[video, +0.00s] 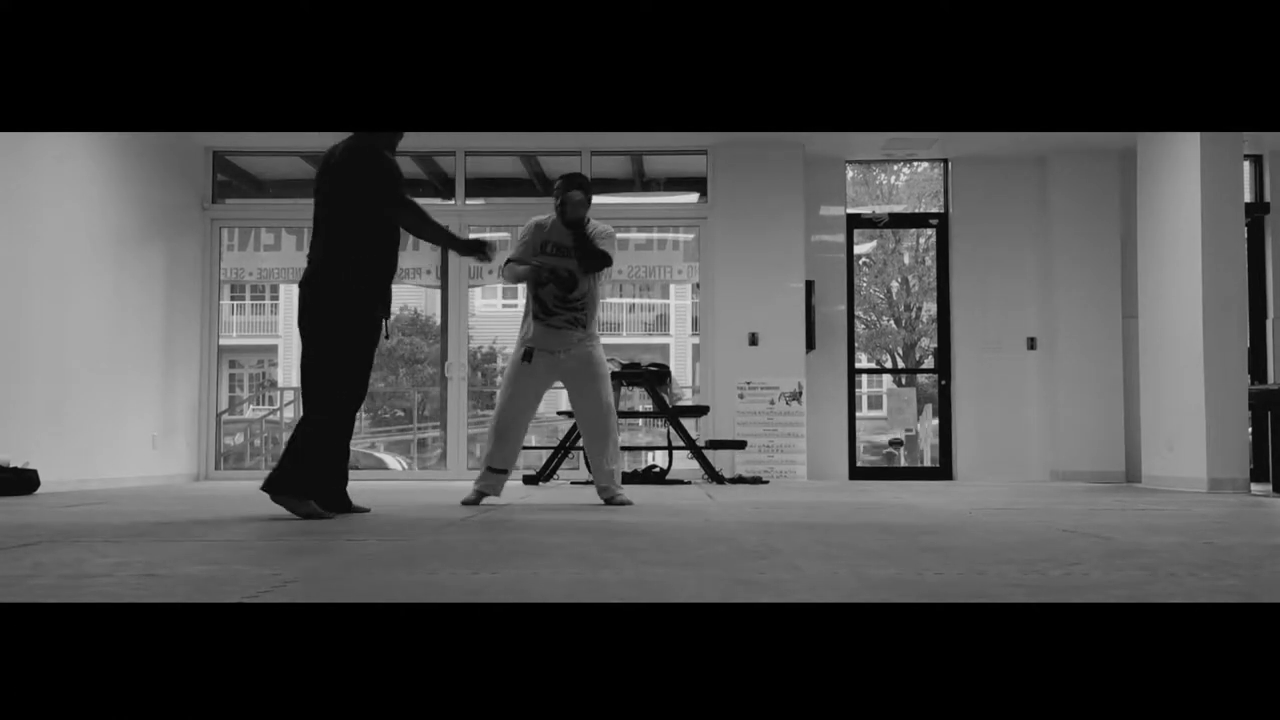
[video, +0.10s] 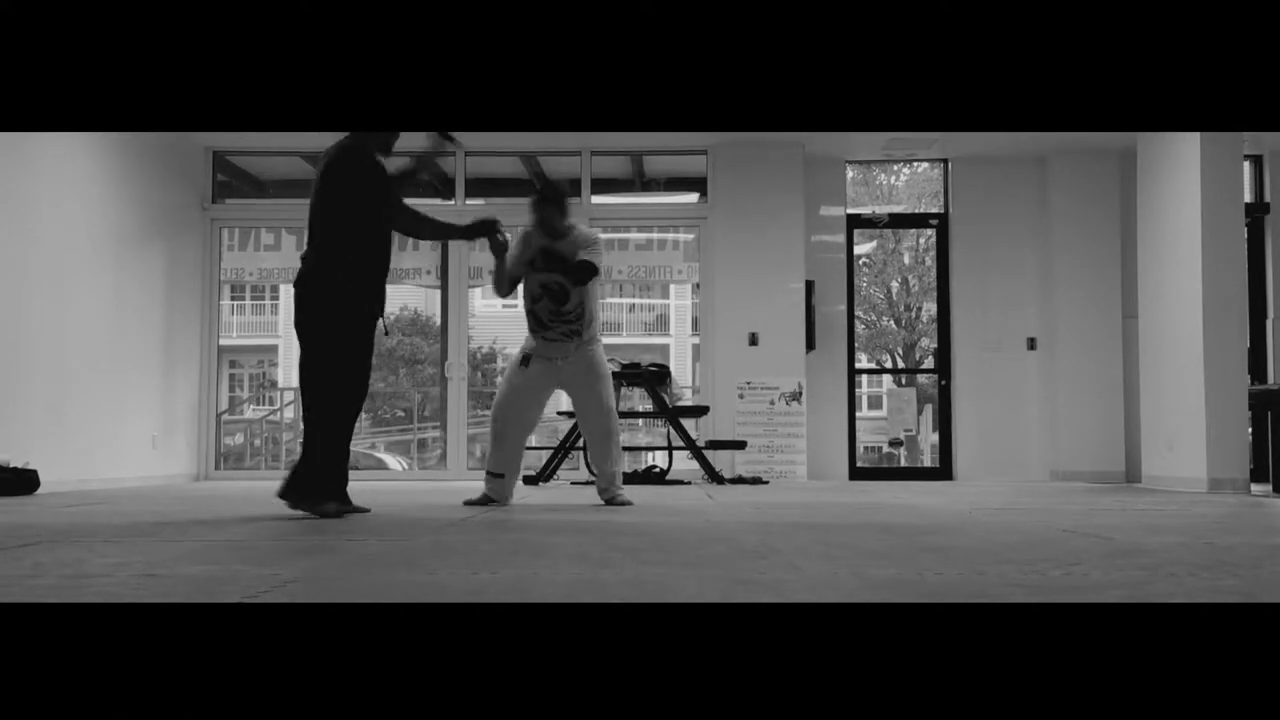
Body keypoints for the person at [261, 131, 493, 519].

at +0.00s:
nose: (400, 143)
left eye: (400, 137)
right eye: (400, 137)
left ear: (364, 130)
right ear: (390, 134)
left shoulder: (337, 158)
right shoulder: (378, 164)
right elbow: (412, 218)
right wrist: (463, 245)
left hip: (324, 293)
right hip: (350, 298)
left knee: (334, 395)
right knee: (340, 395)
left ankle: (331, 492)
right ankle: (289, 483)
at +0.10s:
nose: (397, 138)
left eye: (397, 134)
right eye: (395, 133)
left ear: (363, 129)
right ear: (380, 131)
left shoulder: (346, 159)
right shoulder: (360, 165)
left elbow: (387, 190)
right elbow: (407, 221)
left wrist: (418, 168)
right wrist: (466, 231)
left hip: (332, 297)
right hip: (340, 299)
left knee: (336, 392)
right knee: (339, 393)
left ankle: (325, 490)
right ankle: (314, 489)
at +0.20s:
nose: (393, 143)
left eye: (392, 138)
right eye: (391, 137)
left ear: (359, 130)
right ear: (379, 134)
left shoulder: (347, 162)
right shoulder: (355, 162)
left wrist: (448, 215)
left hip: (324, 297)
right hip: (332, 299)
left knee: (331, 395)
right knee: (339, 395)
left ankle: (330, 498)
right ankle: (333, 500)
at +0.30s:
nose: (394, 141)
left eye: (395, 136)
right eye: (393, 135)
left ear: (363, 132)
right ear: (379, 133)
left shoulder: (366, 166)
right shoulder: (350, 165)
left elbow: (408, 207)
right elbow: (357, 234)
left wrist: (456, 240)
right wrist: (388, 227)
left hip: (337, 301)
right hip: (324, 301)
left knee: (342, 392)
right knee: (343, 392)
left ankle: (333, 498)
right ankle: (332, 500)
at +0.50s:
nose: (393, 146)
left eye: (393, 140)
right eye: (390, 138)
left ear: (364, 135)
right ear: (372, 135)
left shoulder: (355, 171)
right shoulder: (343, 168)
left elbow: (394, 227)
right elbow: (373, 235)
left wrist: (426, 193)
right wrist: (388, 228)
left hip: (339, 305)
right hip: (325, 305)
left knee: (338, 399)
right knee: (334, 399)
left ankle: (328, 497)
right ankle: (329, 499)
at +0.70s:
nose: (380, 147)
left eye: (381, 140)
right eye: (377, 139)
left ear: (341, 138)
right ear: (360, 138)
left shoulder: (324, 167)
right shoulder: (348, 172)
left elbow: (370, 212)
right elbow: (360, 231)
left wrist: (410, 193)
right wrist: (393, 261)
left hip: (304, 304)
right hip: (331, 308)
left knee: (304, 395)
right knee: (341, 397)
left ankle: (300, 494)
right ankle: (333, 499)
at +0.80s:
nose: (379, 150)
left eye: (378, 143)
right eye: (377, 142)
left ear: (333, 138)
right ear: (364, 140)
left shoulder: (310, 173)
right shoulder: (348, 176)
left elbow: (322, 238)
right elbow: (364, 244)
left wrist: (375, 238)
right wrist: (399, 293)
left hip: (291, 305)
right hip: (324, 309)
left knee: (297, 394)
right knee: (332, 395)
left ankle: (297, 495)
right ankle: (330, 500)